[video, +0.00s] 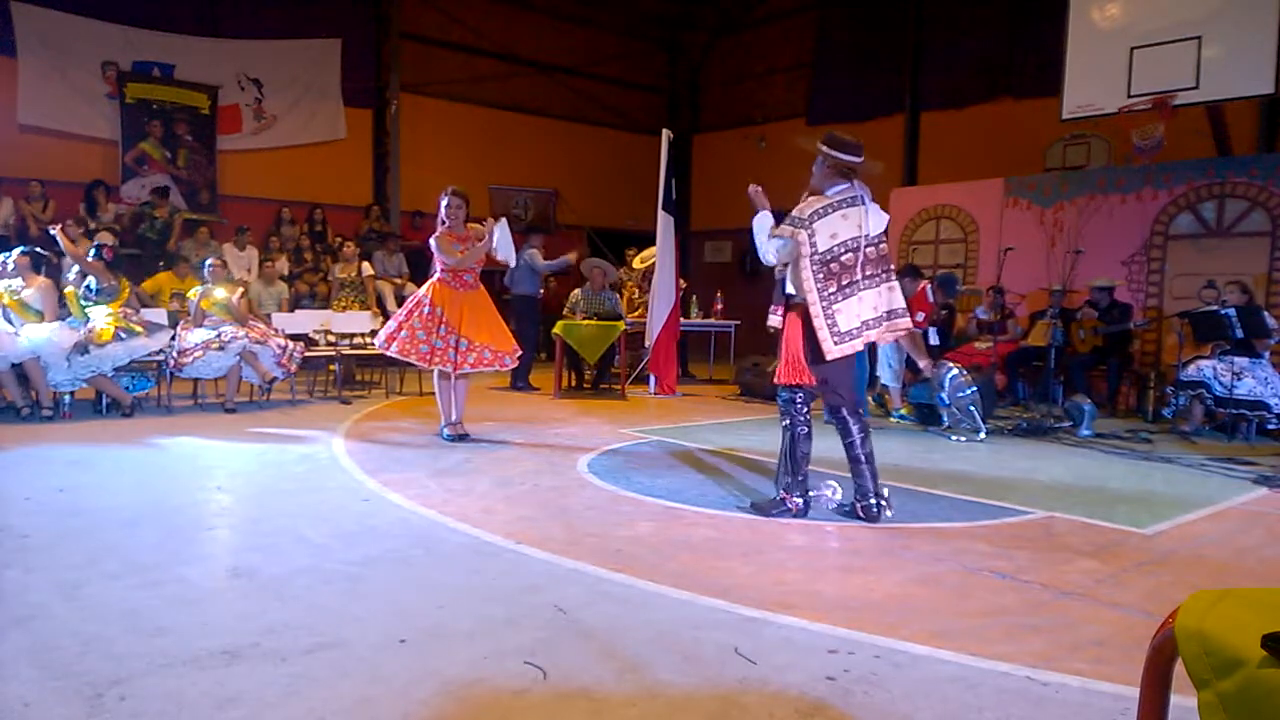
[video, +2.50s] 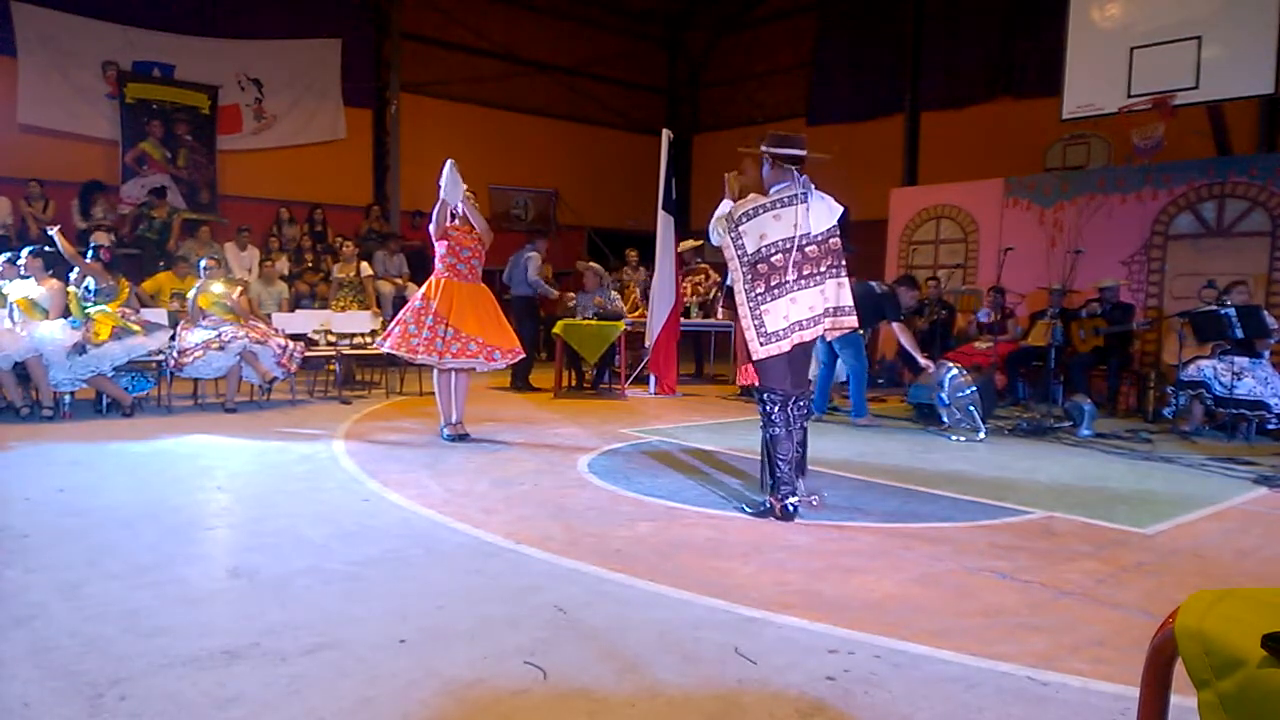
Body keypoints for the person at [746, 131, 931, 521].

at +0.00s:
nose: (813, 168)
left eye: (818, 163)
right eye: (817, 162)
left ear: (830, 168)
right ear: (853, 172)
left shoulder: (809, 211)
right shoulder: (867, 209)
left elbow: (772, 255)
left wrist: (761, 212)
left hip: (805, 318)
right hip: (847, 319)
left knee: (794, 403)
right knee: (846, 406)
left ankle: (793, 495)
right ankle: (869, 499)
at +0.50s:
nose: (823, 167)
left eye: (827, 161)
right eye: (826, 161)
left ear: (839, 165)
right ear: (861, 167)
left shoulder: (825, 208)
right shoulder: (885, 209)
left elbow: (785, 248)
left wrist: (790, 208)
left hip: (821, 317)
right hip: (864, 319)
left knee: (799, 400)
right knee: (863, 404)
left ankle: (787, 494)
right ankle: (871, 498)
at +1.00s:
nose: (786, 165)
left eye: (791, 160)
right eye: (790, 160)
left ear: (800, 166)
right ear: (825, 169)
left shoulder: (779, 210)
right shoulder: (848, 208)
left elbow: (734, 239)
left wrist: (744, 209)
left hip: (788, 320)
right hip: (828, 317)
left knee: (784, 405)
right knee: (823, 395)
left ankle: (782, 497)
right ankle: (852, 474)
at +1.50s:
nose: (765, 165)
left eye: (769, 161)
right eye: (770, 160)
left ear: (776, 167)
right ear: (806, 169)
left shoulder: (756, 209)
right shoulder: (826, 209)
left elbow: (721, 237)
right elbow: (837, 269)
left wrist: (741, 198)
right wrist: (835, 320)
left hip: (768, 320)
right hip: (809, 316)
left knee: (775, 404)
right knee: (798, 400)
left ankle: (782, 496)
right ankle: (793, 486)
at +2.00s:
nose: (759, 168)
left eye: (762, 163)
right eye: (764, 163)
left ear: (769, 167)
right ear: (800, 168)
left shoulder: (750, 210)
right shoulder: (823, 207)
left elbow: (717, 224)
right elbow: (833, 269)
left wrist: (732, 193)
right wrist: (829, 319)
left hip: (764, 320)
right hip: (805, 315)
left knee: (774, 404)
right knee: (798, 399)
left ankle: (784, 494)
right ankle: (794, 483)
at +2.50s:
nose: (760, 170)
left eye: (762, 164)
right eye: (764, 164)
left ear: (770, 166)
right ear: (801, 167)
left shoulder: (754, 211)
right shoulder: (824, 208)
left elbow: (718, 237)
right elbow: (832, 268)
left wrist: (730, 199)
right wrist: (831, 317)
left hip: (767, 319)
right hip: (808, 314)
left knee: (775, 402)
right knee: (799, 398)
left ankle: (782, 496)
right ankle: (795, 485)